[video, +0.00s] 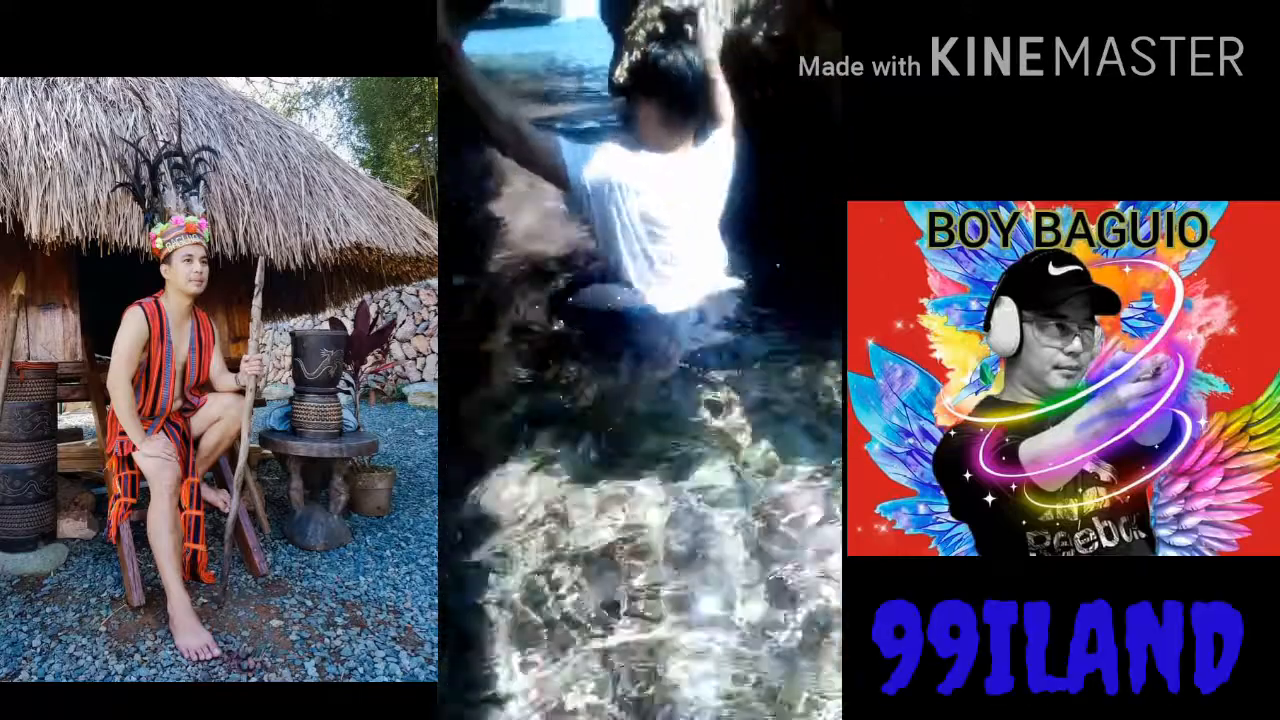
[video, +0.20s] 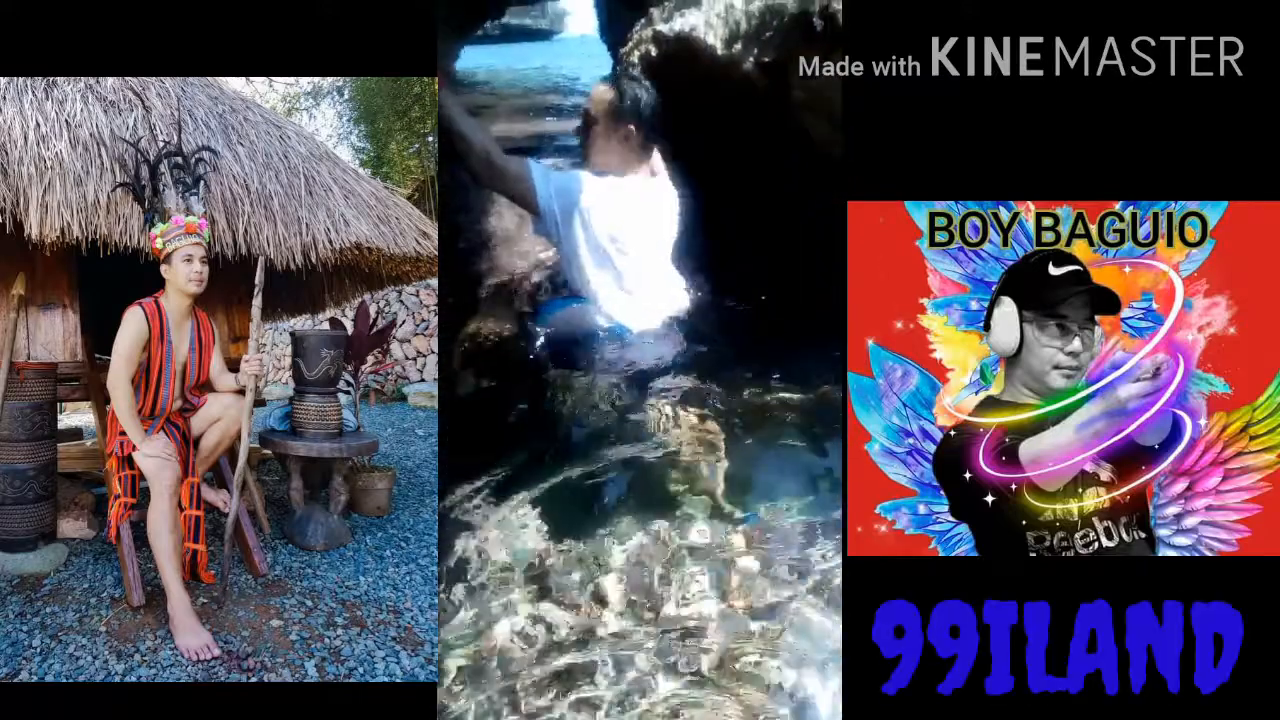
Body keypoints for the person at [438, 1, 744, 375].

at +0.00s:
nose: (632, 112)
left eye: (636, 101)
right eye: (635, 101)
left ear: (650, 107)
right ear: (698, 113)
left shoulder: (606, 169)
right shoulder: (715, 164)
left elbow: (515, 137)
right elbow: (723, 114)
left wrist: (452, 58)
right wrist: (711, 53)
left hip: (651, 325)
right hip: (719, 313)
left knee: (572, 299)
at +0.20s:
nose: (581, 132)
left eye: (591, 122)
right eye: (585, 121)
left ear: (627, 135)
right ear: (632, 136)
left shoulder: (580, 193)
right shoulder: (664, 188)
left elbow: (490, 165)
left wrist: (440, 93)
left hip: (620, 343)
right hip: (673, 331)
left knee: (547, 318)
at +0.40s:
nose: (597, 154)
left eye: (614, 146)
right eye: (592, 143)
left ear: (645, 161)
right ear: (584, 146)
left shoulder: (579, 202)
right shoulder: (653, 205)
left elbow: (512, 177)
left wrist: (455, 108)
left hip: (627, 330)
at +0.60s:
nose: (602, 153)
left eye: (619, 144)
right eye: (596, 141)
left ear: (647, 159)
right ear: (587, 146)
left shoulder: (597, 200)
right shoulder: (647, 202)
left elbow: (527, 171)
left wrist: (459, 86)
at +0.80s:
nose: (619, 155)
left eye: (635, 146)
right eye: (613, 145)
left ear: (664, 159)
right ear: (605, 151)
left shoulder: (622, 200)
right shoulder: (664, 204)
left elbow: (554, 171)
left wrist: (489, 86)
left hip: (641, 338)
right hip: (691, 336)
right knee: (698, 445)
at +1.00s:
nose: (618, 152)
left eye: (632, 141)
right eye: (615, 140)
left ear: (665, 150)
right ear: (611, 141)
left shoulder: (622, 193)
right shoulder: (670, 200)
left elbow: (566, 161)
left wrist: (510, 77)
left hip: (649, 343)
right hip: (703, 343)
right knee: (690, 444)